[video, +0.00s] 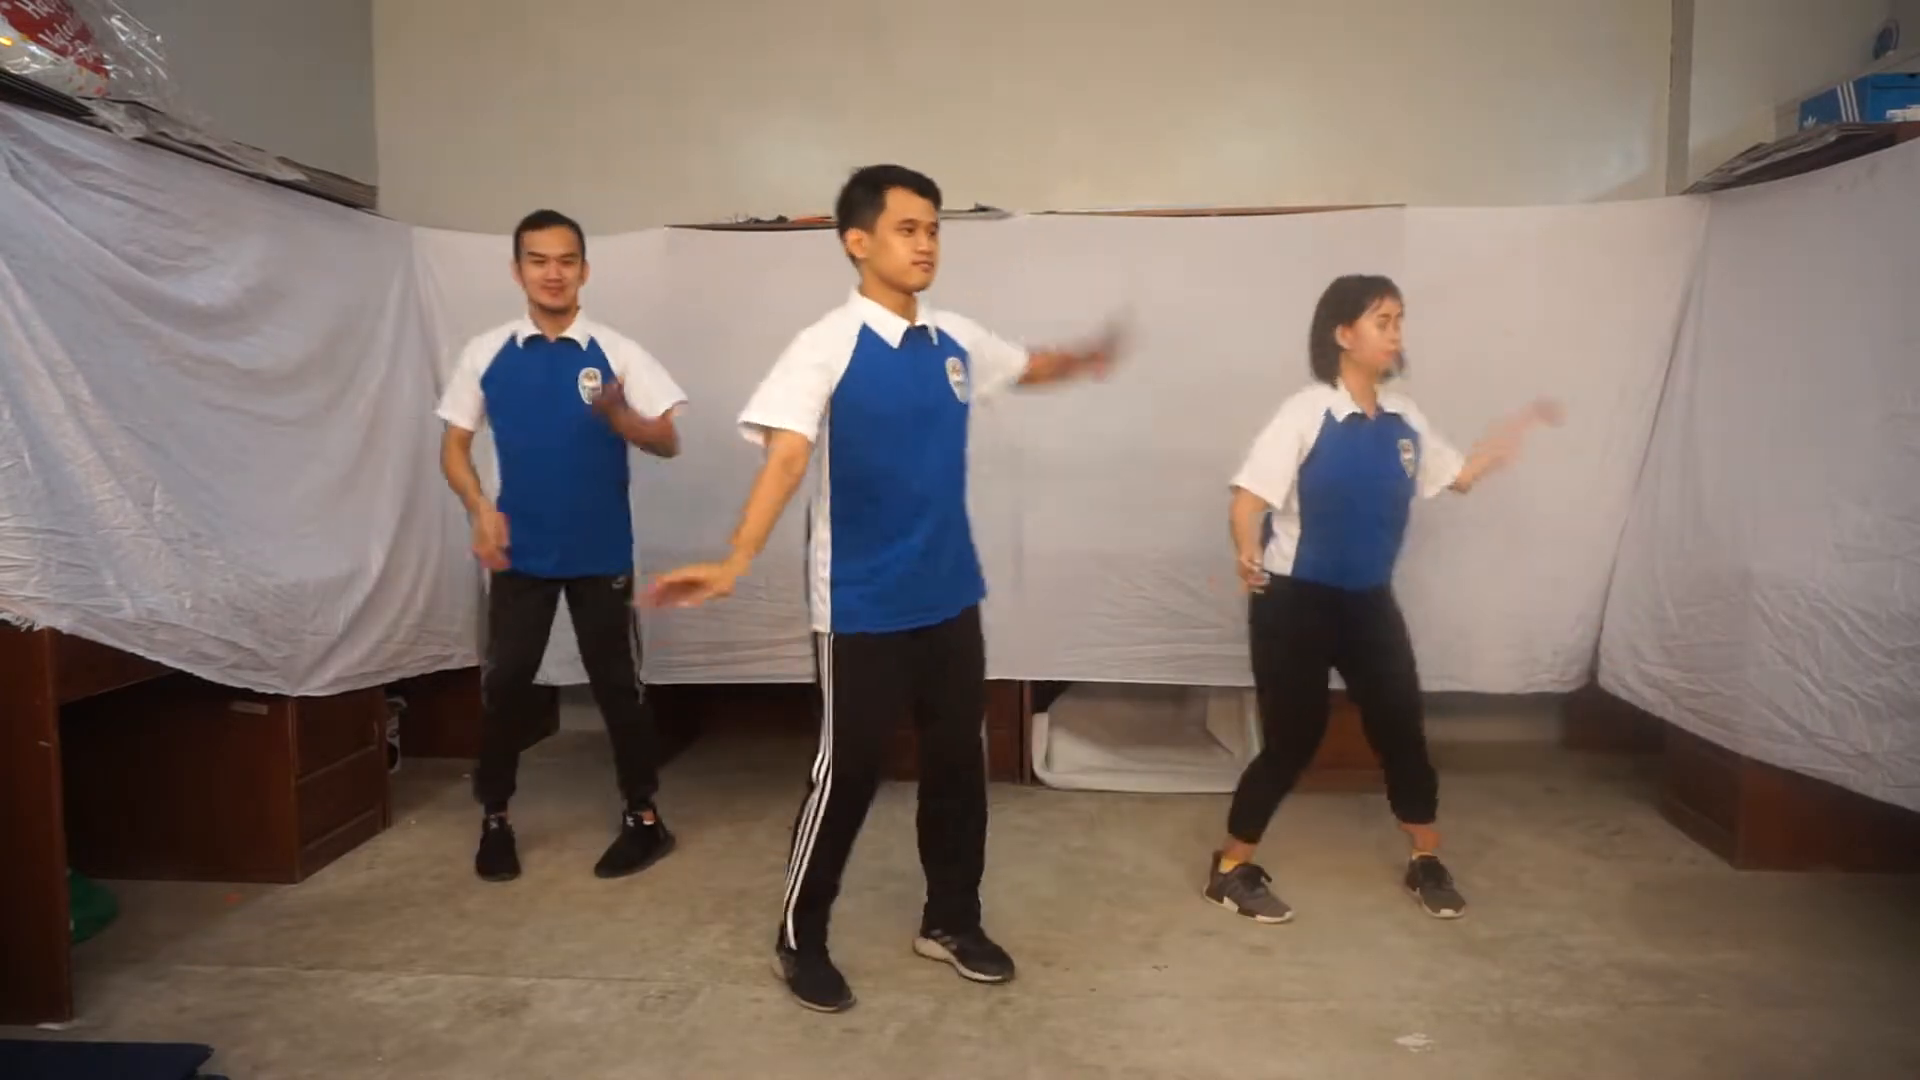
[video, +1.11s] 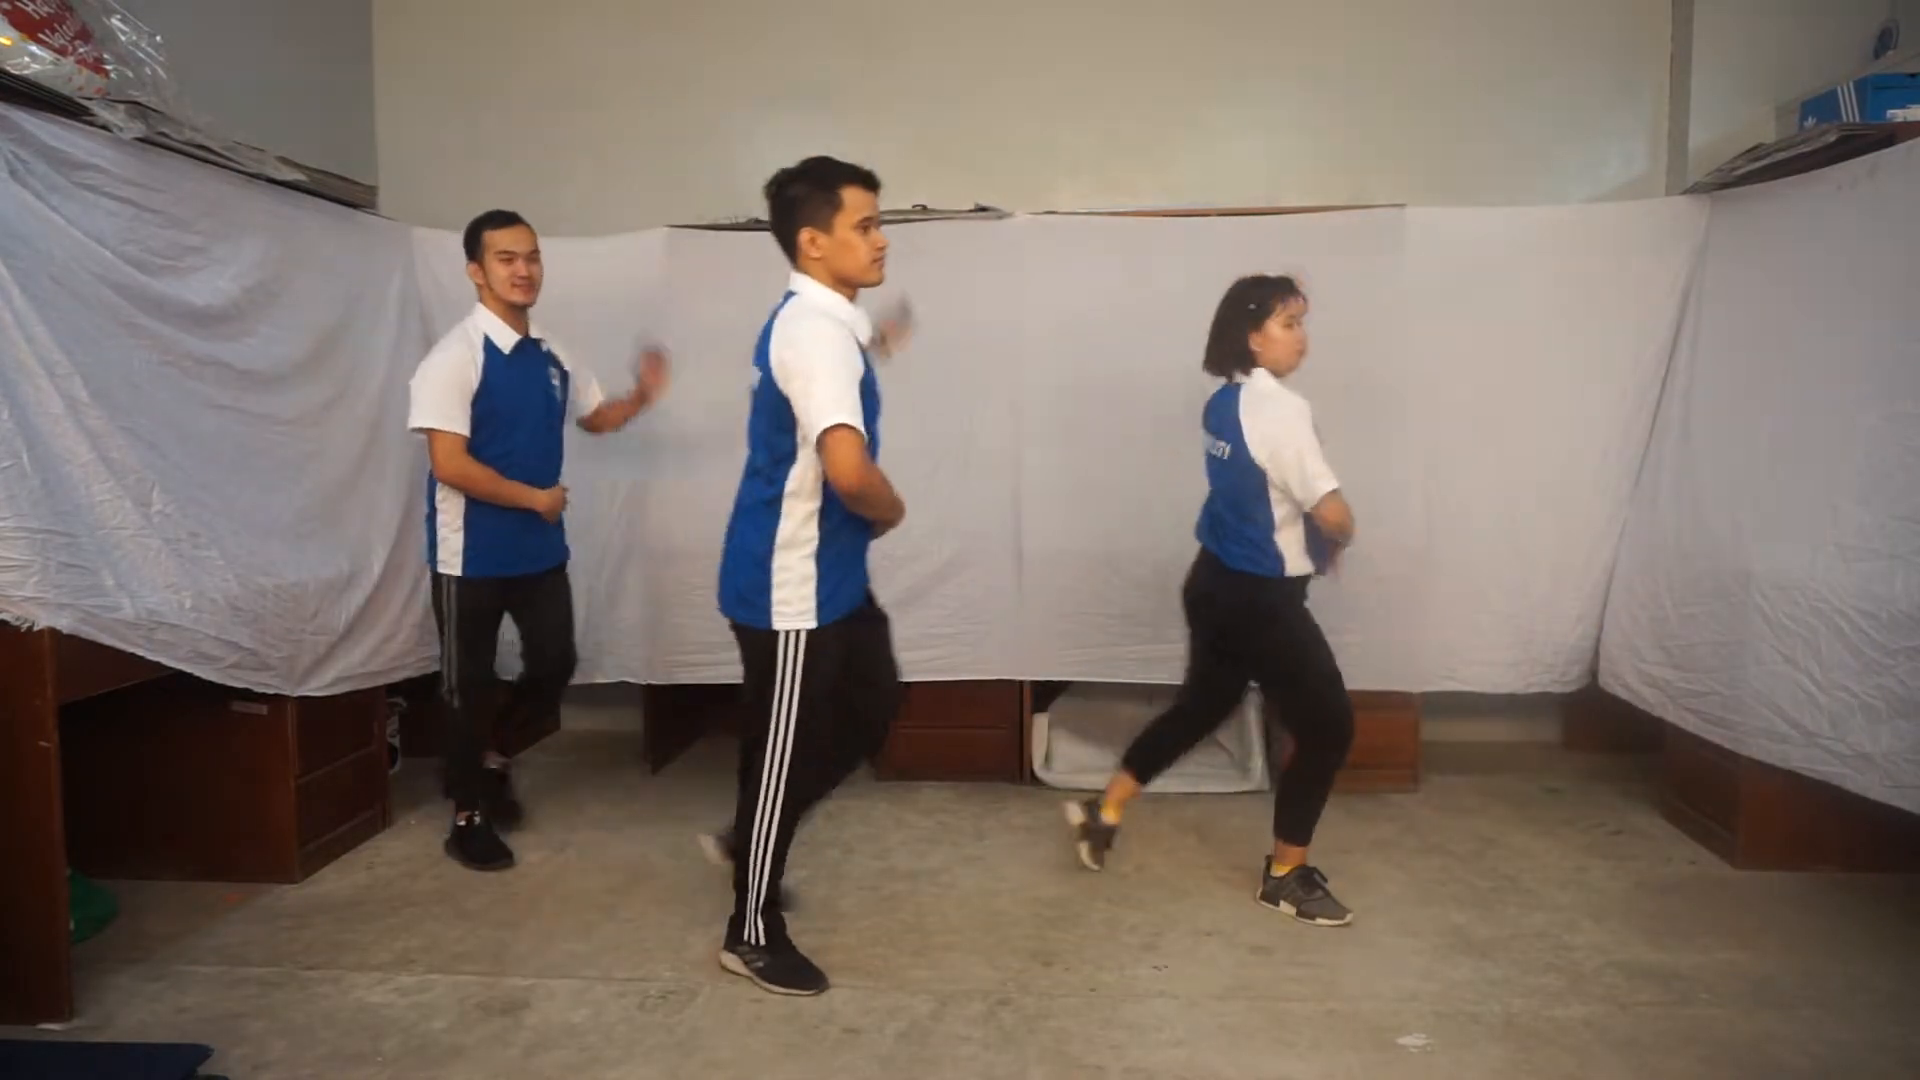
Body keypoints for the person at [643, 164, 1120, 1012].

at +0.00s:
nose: (928, 245)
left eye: (933, 231)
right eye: (909, 230)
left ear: (935, 243)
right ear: (858, 241)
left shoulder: (954, 335)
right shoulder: (826, 346)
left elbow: (1028, 366)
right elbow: (786, 461)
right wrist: (735, 564)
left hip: (949, 597)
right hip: (861, 607)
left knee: (957, 762)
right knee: (850, 770)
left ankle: (951, 919)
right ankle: (800, 937)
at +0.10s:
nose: (903, 240)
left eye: (906, 225)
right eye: (884, 225)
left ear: (905, 238)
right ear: (830, 240)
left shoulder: (901, 312)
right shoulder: (813, 337)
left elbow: (949, 265)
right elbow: (833, 460)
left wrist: (1002, 200)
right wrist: (889, 549)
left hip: (894, 575)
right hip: (823, 587)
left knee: (915, 750)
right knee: (828, 763)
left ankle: (936, 913)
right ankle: (799, 937)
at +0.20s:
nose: (879, 240)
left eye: (878, 223)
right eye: (860, 227)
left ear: (842, 235)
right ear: (808, 240)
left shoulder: (837, 305)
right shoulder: (806, 333)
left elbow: (853, 200)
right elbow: (877, 466)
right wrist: (987, 550)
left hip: (841, 579)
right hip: (790, 593)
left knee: (879, 736)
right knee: (811, 770)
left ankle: (830, 888)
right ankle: (798, 938)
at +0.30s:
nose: (855, 242)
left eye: (853, 225)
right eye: (837, 227)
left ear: (788, 235)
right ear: (780, 237)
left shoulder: (768, 303)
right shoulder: (800, 339)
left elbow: (774, 196)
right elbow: (868, 465)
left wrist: (756, 78)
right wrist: (967, 549)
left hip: (771, 581)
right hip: (786, 596)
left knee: (789, 746)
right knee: (806, 773)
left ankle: (695, 876)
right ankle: (801, 950)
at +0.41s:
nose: (830, 242)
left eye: (829, 226)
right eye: (813, 229)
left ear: (761, 241)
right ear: (759, 242)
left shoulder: (733, 298)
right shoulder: (783, 334)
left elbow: (718, 197)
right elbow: (840, 473)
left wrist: (682, 94)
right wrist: (891, 535)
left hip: (721, 576)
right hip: (767, 593)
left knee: (719, 746)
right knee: (799, 772)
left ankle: (586, 888)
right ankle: (800, 944)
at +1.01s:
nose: (844, 253)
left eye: (841, 237)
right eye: (828, 241)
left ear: (771, 253)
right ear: (776, 254)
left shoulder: (747, 320)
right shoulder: (796, 339)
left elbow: (776, 247)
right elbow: (822, 488)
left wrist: (795, 189)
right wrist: (846, 519)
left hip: (729, 581)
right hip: (763, 591)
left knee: (739, 740)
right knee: (782, 754)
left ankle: (620, 861)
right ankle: (756, 927)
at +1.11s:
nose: (880, 240)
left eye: (879, 224)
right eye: (864, 227)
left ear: (826, 240)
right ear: (811, 241)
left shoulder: (831, 313)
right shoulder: (815, 330)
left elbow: (835, 378)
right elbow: (846, 472)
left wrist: (879, 342)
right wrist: (888, 506)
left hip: (834, 575)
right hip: (789, 586)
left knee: (869, 711)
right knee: (783, 757)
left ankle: (745, 834)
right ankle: (753, 929)